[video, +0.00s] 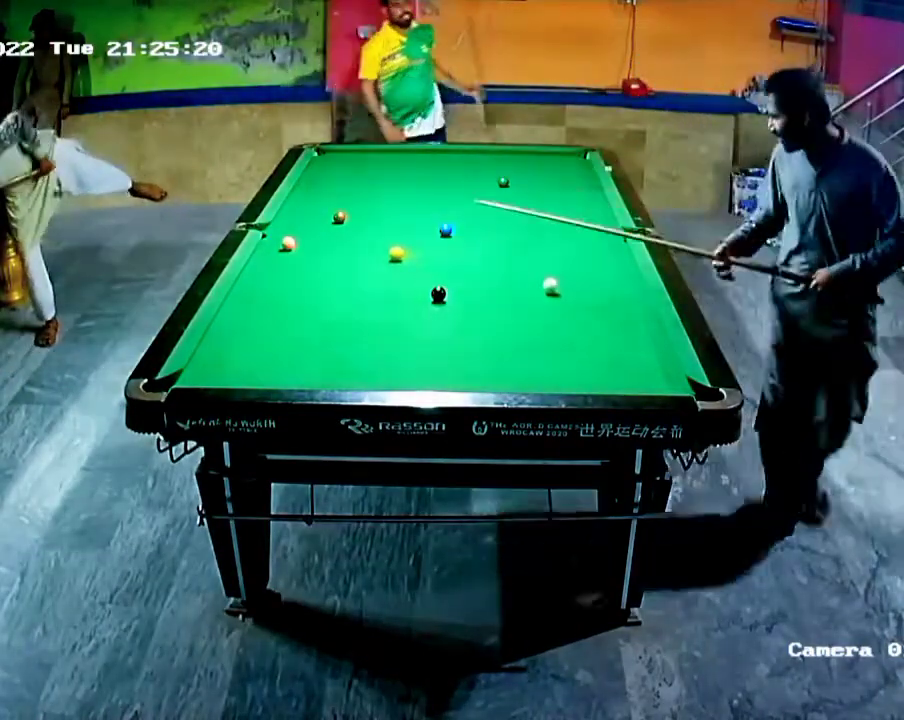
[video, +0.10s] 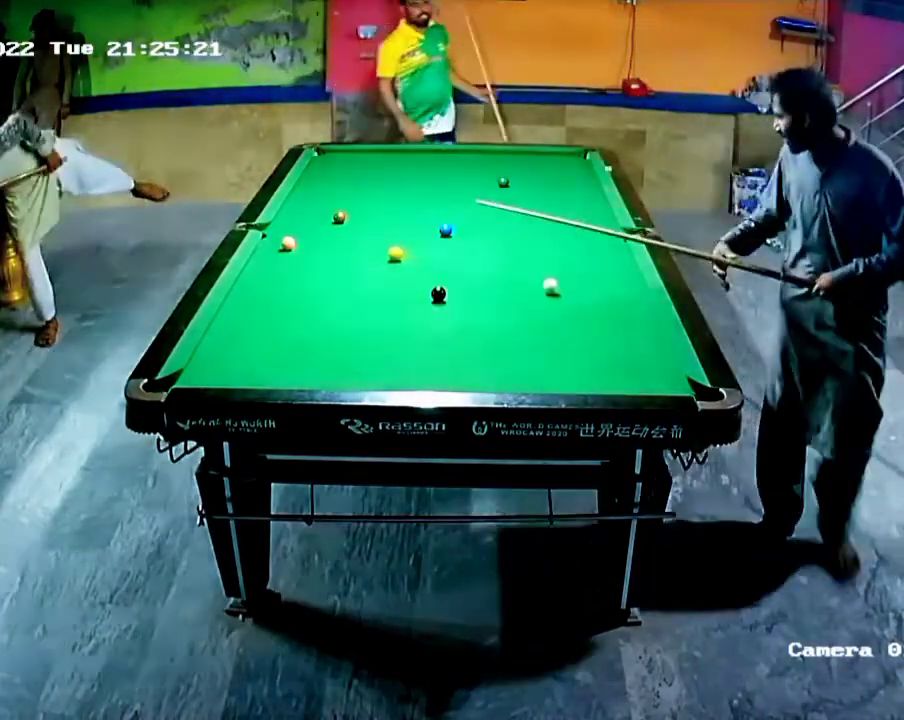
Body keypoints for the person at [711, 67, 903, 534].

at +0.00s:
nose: (770, 126)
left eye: (778, 116)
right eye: (768, 116)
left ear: (809, 113)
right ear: (780, 114)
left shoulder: (865, 167)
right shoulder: (783, 158)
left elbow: (897, 242)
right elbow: (777, 211)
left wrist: (845, 269)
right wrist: (740, 244)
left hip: (844, 322)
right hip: (791, 313)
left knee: (834, 422)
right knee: (778, 415)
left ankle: (804, 476)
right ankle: (782, 504)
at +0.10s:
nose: (777, 125)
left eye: (785, 116)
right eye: (775, 115)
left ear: (816, 115)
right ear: (796, 116)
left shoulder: (870, 170)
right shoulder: (789, 161)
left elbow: (903, 247)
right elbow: (774, 214)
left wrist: (850, 275)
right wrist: (733, 242)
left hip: (852, 328)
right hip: (796, 318)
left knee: (844, 440)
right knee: (782, 423)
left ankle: (834, 534)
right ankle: (778, 519)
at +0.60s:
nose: (809, 158)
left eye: (816, 147)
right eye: (808, 147)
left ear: (846, 145)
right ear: (820, 148)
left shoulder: (894, 198)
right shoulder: (832, 193)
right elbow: (786, 238)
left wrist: (890, 313)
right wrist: (720, 272)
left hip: (898, 343)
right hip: (865, 330)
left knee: (870, 454)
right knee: (833, 432)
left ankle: (859, 566)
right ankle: (837, 524)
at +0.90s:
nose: (783, 211)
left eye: (788, 199)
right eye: (780, 200)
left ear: (816, 192)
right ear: (803, 198)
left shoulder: (880, 234)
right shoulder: (813, 230)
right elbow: (751, 257)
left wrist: (894, 324)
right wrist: (681, 285)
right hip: (886, 339)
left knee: (878, 442)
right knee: (854, 423)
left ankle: (866, 545)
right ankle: (859, 527)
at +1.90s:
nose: (770, 277)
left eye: (773, 269)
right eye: (766, 269)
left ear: (795, 256)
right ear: (780, 258)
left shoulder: (868, 257)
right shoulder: (802, 266)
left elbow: (903, 231)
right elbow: (733, 283)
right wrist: (659, 287)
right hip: (885, 365)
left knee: (874, 484)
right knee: (833, 451)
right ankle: (863, 546)